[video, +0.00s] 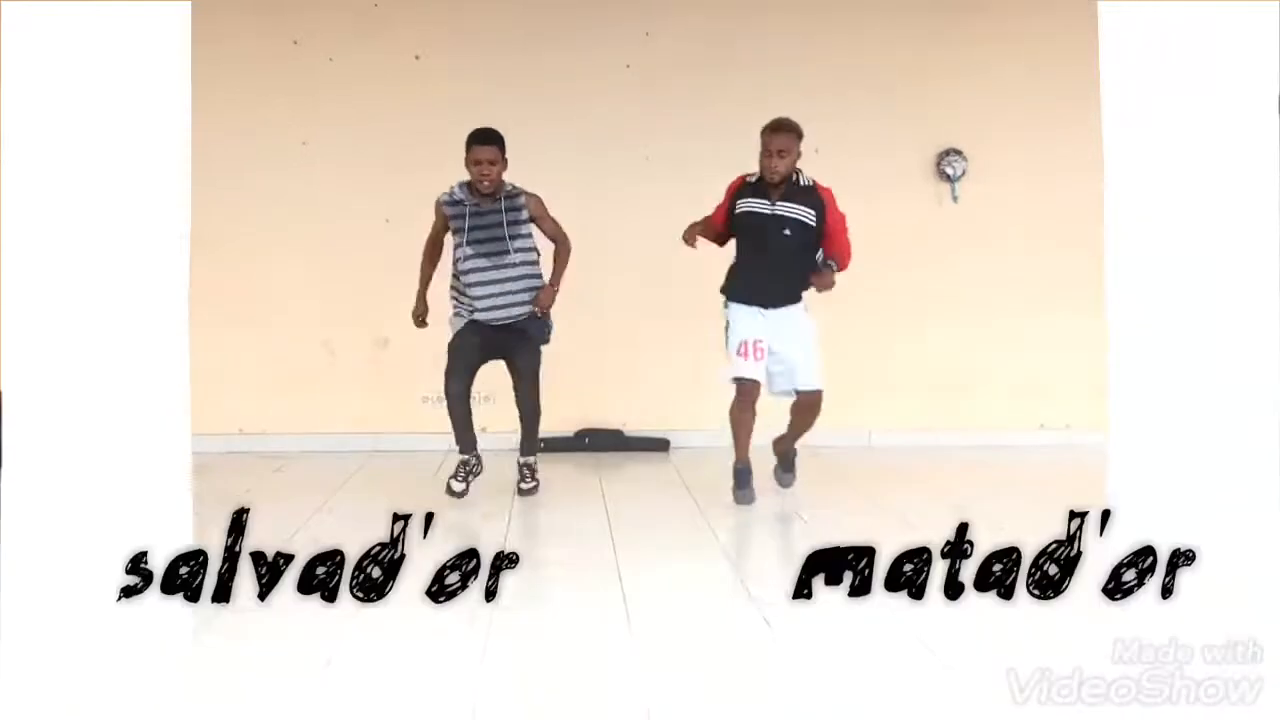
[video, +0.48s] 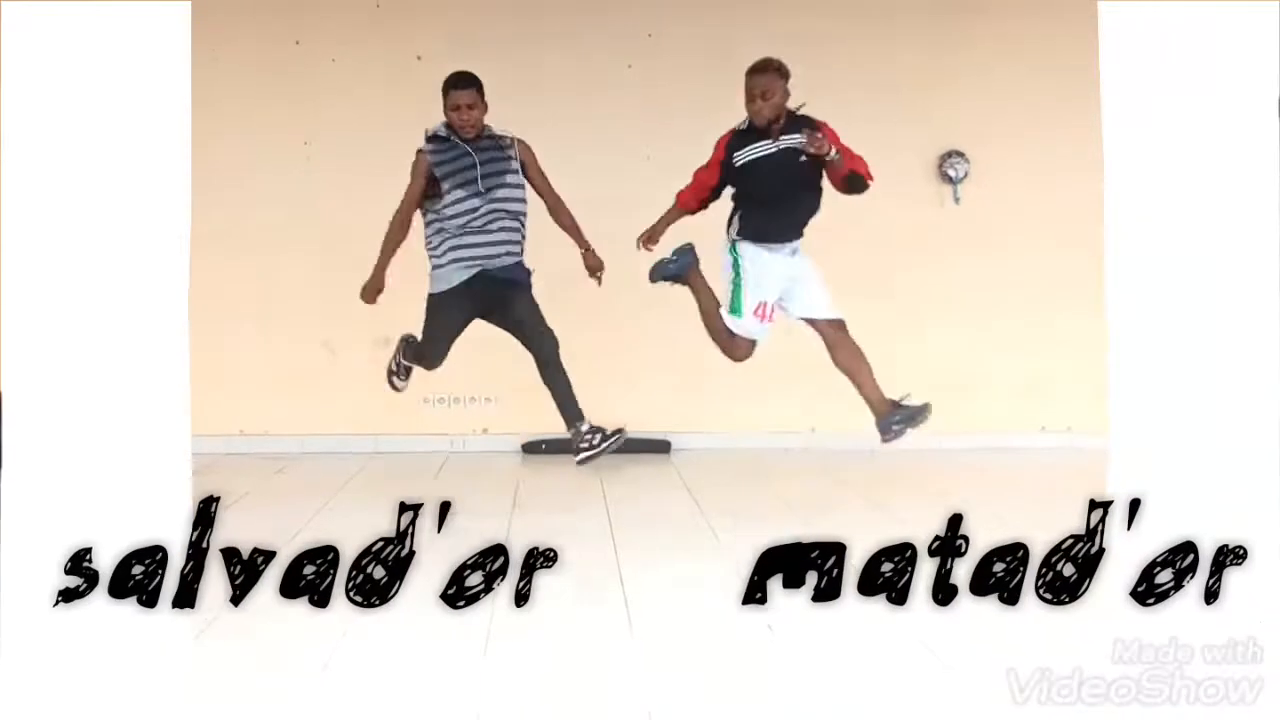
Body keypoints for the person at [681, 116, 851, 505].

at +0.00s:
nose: (773, 162)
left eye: (782, 155)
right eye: (768, 153)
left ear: (797, 156)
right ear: (759, 152)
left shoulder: (818, 198)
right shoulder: (741, 189)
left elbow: (839, 245)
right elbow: (721, 230)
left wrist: (829, 268)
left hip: (791, 308)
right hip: (745, 306)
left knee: (811, 399)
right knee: (747, 390)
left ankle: (786, 445)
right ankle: (742, 466)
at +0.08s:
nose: (775, 164)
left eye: (784, 157)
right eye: (770, 155)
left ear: (801, 159)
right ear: (762, 156)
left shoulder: (819, 204)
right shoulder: (740, 190)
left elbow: (828, 250)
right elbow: (710, 241)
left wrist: (825, 291)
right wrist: (719, 211)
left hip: (790, 306)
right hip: (743, 306)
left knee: (821, 371)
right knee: (750, 397)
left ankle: (787, 440)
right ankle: (742, 473)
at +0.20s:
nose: (772, 181)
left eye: (782, 175)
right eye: (767, 173)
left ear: (800, 180)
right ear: (761, 176)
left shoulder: (815, 230)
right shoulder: (739, 214)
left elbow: (821, 288)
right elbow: (714, 271)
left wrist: (812, 299)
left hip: (788, 330)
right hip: (741, 330)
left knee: (803, 409)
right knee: (751, 412)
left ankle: (793, 492)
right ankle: (748, 485)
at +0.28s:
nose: (772, 155)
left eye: (781, 149)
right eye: (767, 148)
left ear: (801, 153)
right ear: (760, 152)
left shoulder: (818, 197)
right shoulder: (743, 193)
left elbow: (847, 258)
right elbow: (717, 250)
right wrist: (746, 261)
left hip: (794, 311)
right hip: (746, 312)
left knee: (808, 393)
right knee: (745, 398)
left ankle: (800, 485)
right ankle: (744, 480)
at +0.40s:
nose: (757, 109)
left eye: (765, 99)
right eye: (751, 100)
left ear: (784, 96)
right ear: (743, 100)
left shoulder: (812, 136)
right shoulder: (734, 148)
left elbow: (861, 185)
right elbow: (709, 197)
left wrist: (843, 176)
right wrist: (680, 238)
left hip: (794, 259)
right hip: (753, 261)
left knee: (826, 341)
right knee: (737, 353)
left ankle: (860, 436)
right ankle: (671, 335)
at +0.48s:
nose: (756, 107)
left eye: (766, 98)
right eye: (750, 98)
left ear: (786, 94)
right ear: (744, 96)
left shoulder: (811, 132)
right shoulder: (734, 144)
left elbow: (859, 183)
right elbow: (702, 189)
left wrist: (830, 158)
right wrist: (661, 223)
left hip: (790, 253)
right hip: (750, 253)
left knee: (833, 327)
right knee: (738, 348)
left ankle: (885, 413)